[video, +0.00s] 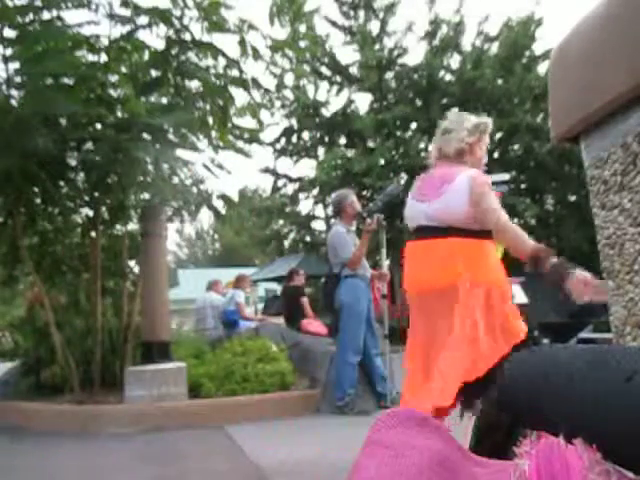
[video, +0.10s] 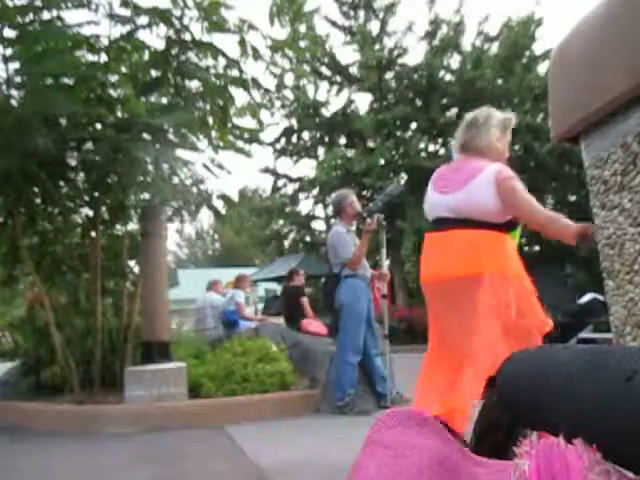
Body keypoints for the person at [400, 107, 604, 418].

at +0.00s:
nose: (486, 156)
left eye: (486, 148)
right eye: (484, 148)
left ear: (441, 146)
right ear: (470, 147)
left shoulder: (420, 184)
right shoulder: (473, 181)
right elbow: (502, 226)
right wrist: (535, 254)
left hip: (423, 267)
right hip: (468, 267)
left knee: (428, 347)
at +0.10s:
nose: (508, 148)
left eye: (508, 141)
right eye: (506, 140)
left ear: (463, 141)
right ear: (492, 140)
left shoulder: (439, 177)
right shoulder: (497, 175)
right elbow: (537, 217)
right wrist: (574, 232)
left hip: (438, 259)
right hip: (486, 261)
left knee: (446, 346)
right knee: (523, 335)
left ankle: (436, 420)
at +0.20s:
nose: (523, 142)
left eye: (524, 135)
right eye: (521, 134)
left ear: (480, 133)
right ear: (508, 134)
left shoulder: (454, 168)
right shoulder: (515, 168)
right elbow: (565, 203)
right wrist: (611, 211)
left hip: (449, 250)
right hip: (497, 252)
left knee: (462, 327)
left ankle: (460, 387)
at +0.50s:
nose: (538, 129)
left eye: (537, 123)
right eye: (536, 123)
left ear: (493, 127)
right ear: (527, 126)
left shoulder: (475, 161)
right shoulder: (537, 155)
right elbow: (592, 166)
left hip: (474, 247)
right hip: (524, 247)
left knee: (493, 332)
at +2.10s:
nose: (541, 149)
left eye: (540, 143)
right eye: (536, 143)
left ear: (497, 150)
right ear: (522, 145)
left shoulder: (474, 185)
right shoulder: (542, 173)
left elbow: (456, 235)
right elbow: (590, 197)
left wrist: (438, 233)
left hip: (485, 248)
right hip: (532, 243)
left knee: (493, 332)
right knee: (540, 324)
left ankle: (497, 414)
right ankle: (547, 408)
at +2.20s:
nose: (525, 152)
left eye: (524, 147)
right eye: (523, 147)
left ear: (483, 152)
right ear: (518, 151)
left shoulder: (466, 184)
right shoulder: (539, 180)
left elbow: (454, 239)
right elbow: (564, 232)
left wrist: (443, 234)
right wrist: (560, 251)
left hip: (486, 245)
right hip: (533, 242)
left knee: (490, 330)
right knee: (540, 324)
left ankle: (493, 417)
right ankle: (546, 406)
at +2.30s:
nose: (468, 156)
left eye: (469, 151)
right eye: (468, 152)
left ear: (476, 149)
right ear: (512, 150)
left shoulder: (473, 174)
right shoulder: (525, 177)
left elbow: (450, 227)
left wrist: (437, 221)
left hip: (492, 248)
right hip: (538, 246)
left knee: (491, 332)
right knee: (545, 326)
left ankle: (492, 421)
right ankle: (549, 408)